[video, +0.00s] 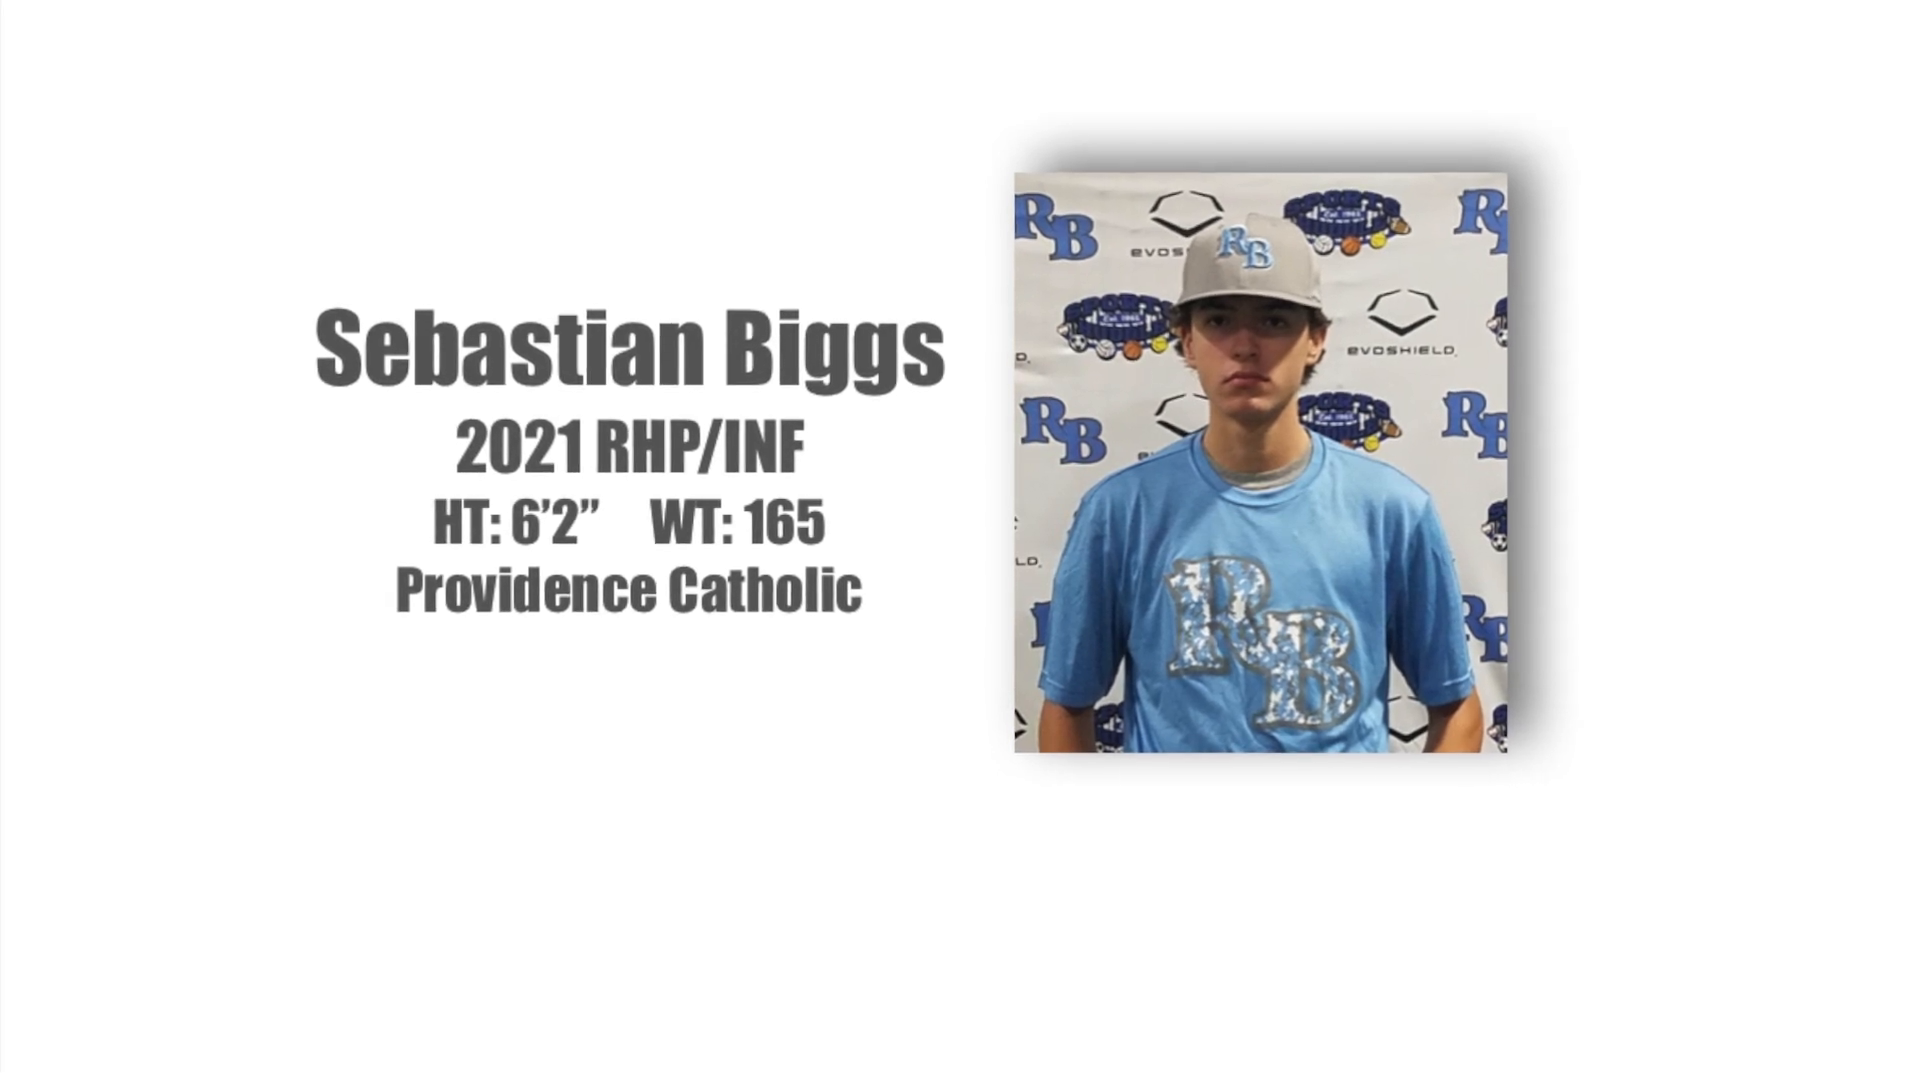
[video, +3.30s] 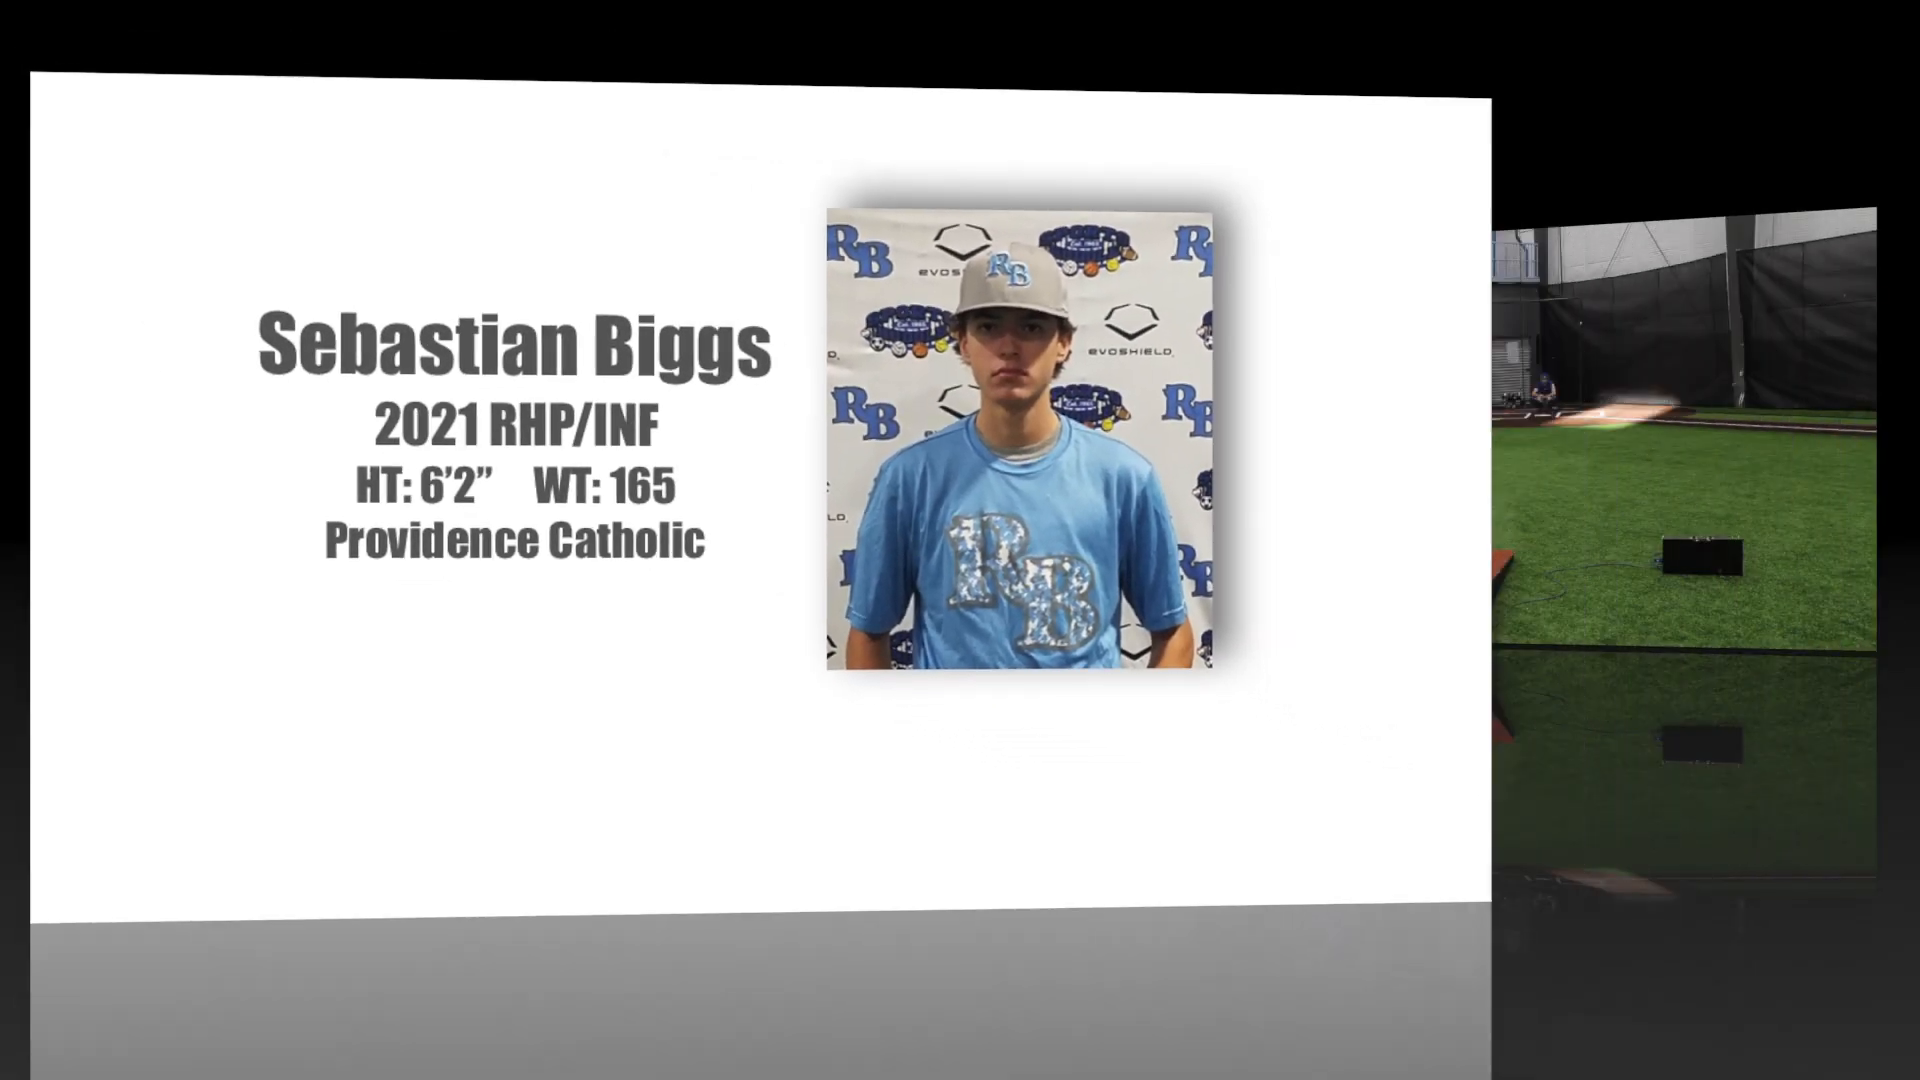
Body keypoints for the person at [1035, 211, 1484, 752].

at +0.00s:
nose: (1245, 345)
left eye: (1273, 321)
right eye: (1221, 321)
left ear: (1314, 342)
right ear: (1187, 342)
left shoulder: (1394, 511)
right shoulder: (1117, 513)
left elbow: (1457, 708)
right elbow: (1067, 711)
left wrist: (1420, 827)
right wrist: (1076, 832)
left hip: (1351, 823)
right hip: (1171, 823)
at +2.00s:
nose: (1257, 339)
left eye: (1286, 314)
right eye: (1231, 314)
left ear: (1328, 335)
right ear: (1195, 336)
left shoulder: (1410, 510)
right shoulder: (1124, 513)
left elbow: (1476, 716)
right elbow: (1072, 718)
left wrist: (1436, 838)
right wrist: (1085, 844)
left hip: (1366, 834)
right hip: (1180, 834)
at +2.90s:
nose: (1209, 338)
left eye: (1237, 314)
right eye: (1186, 315)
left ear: (1278, 336)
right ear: (1151, 336)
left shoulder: (1357, 503)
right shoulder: (1082, 506)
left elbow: (1420, 700)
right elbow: (1032, 702)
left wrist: (1381, 819)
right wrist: (1042, 826)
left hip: (1314, 815)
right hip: (1135, 814)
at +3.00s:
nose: (1167, 340)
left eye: (1194, 317)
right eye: (1144, 317)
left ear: (1232, 337)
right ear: (1111, 337)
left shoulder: (1308, 497)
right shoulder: (1044, 501)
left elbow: (1367, 685)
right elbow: (998, 687)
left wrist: (1331, 800)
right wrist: (1007, 805)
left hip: (1266, 799)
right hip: (1096, 799)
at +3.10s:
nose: (1117, 342)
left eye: (1142, 320)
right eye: (1096, 320)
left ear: (1179, 339)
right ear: (1064, 339)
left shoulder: (1249, 491)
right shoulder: (1002, 494)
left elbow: (1306, 668)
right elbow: (958, 671)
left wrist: (1273, 776)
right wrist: (965, 782)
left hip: (1211, 775)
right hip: (1050, 776)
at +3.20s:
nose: (1064, 344)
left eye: (1087, 324)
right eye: (1044, 324)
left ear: (1121, 343)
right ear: (1014, 341)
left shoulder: (1188, 484)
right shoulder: (955, 486)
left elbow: (1240, 650)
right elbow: (914, 652)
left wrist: (1210, 753)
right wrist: (921, 757)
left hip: (1151, 752)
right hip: (1001, 752)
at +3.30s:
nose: (1009, 346)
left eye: (1031, 327)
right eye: (990, 327)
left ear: (1063, 344)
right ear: (963, 343)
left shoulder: (1125, 478)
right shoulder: (908, 479)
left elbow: (1173, 633)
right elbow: (869, 634)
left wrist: (1146, 728)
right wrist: (874, 732)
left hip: (1091, 725)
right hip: (951, 726)